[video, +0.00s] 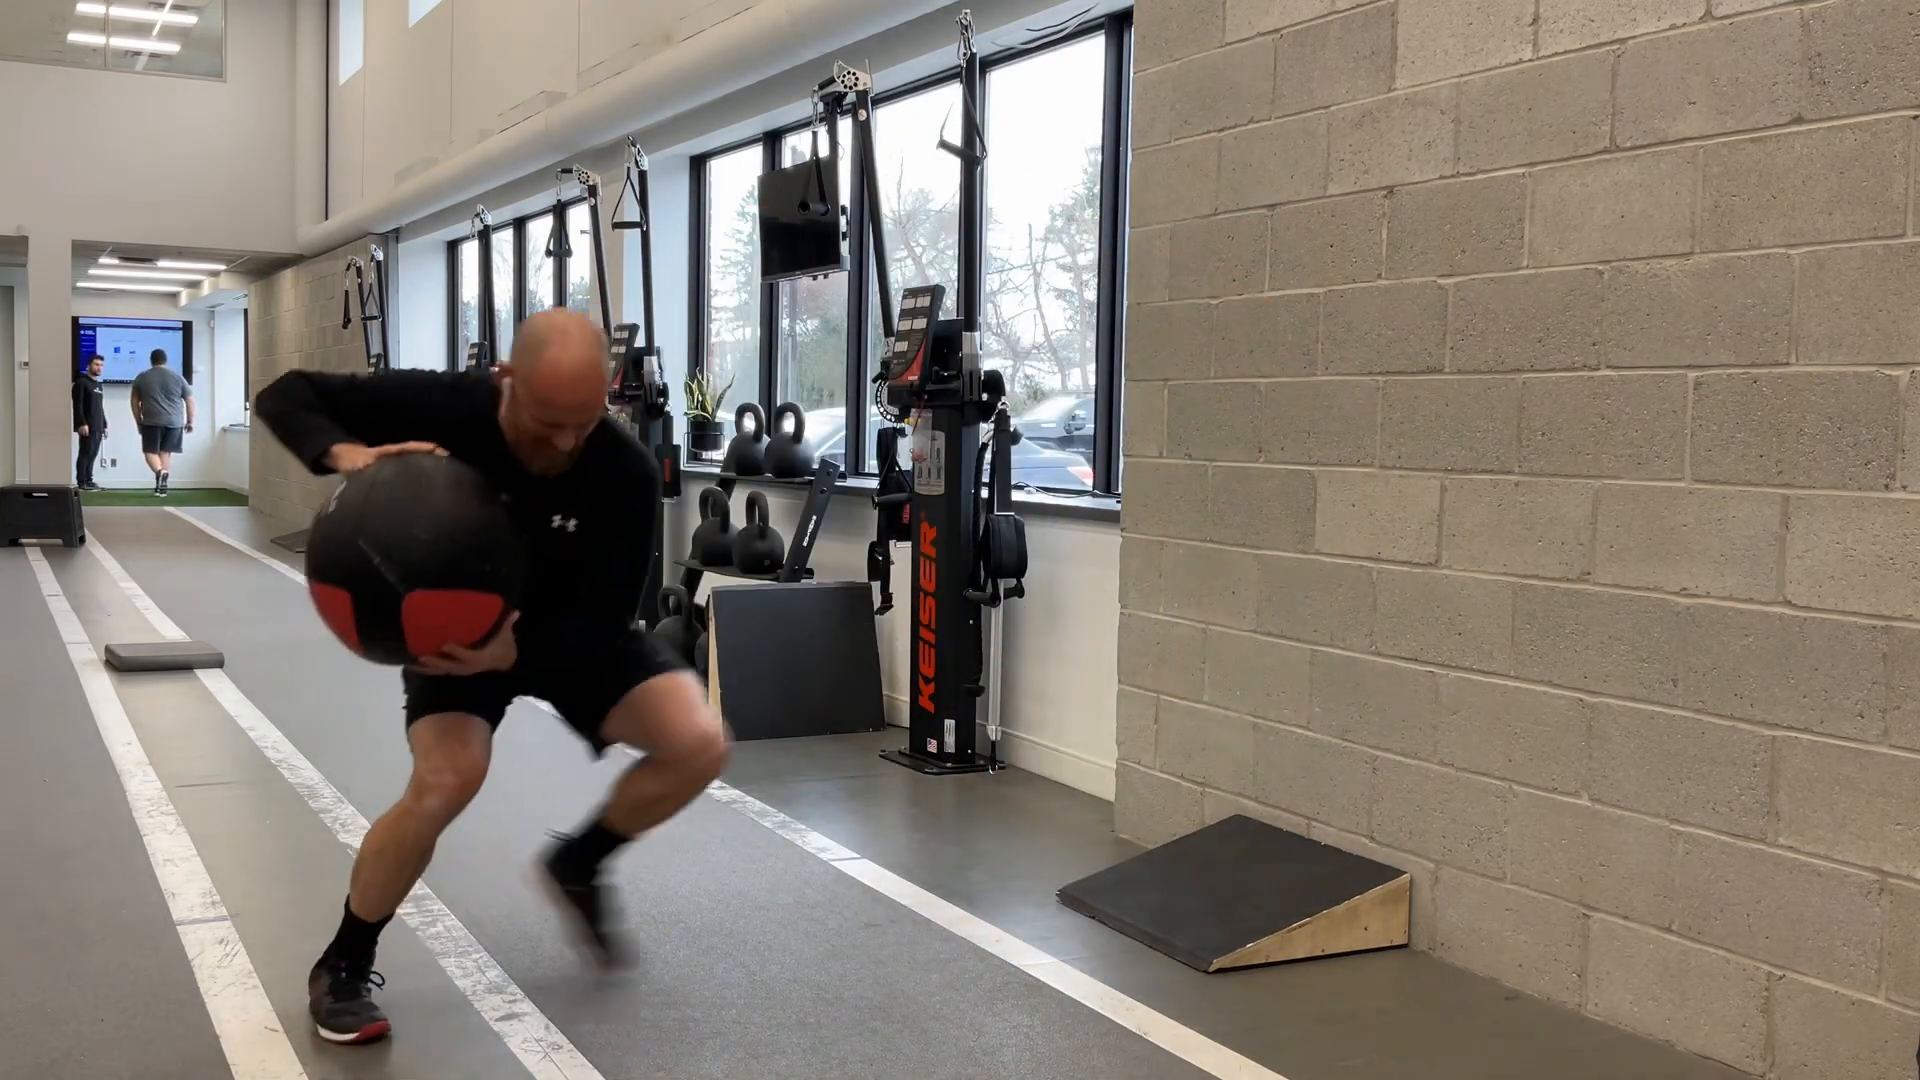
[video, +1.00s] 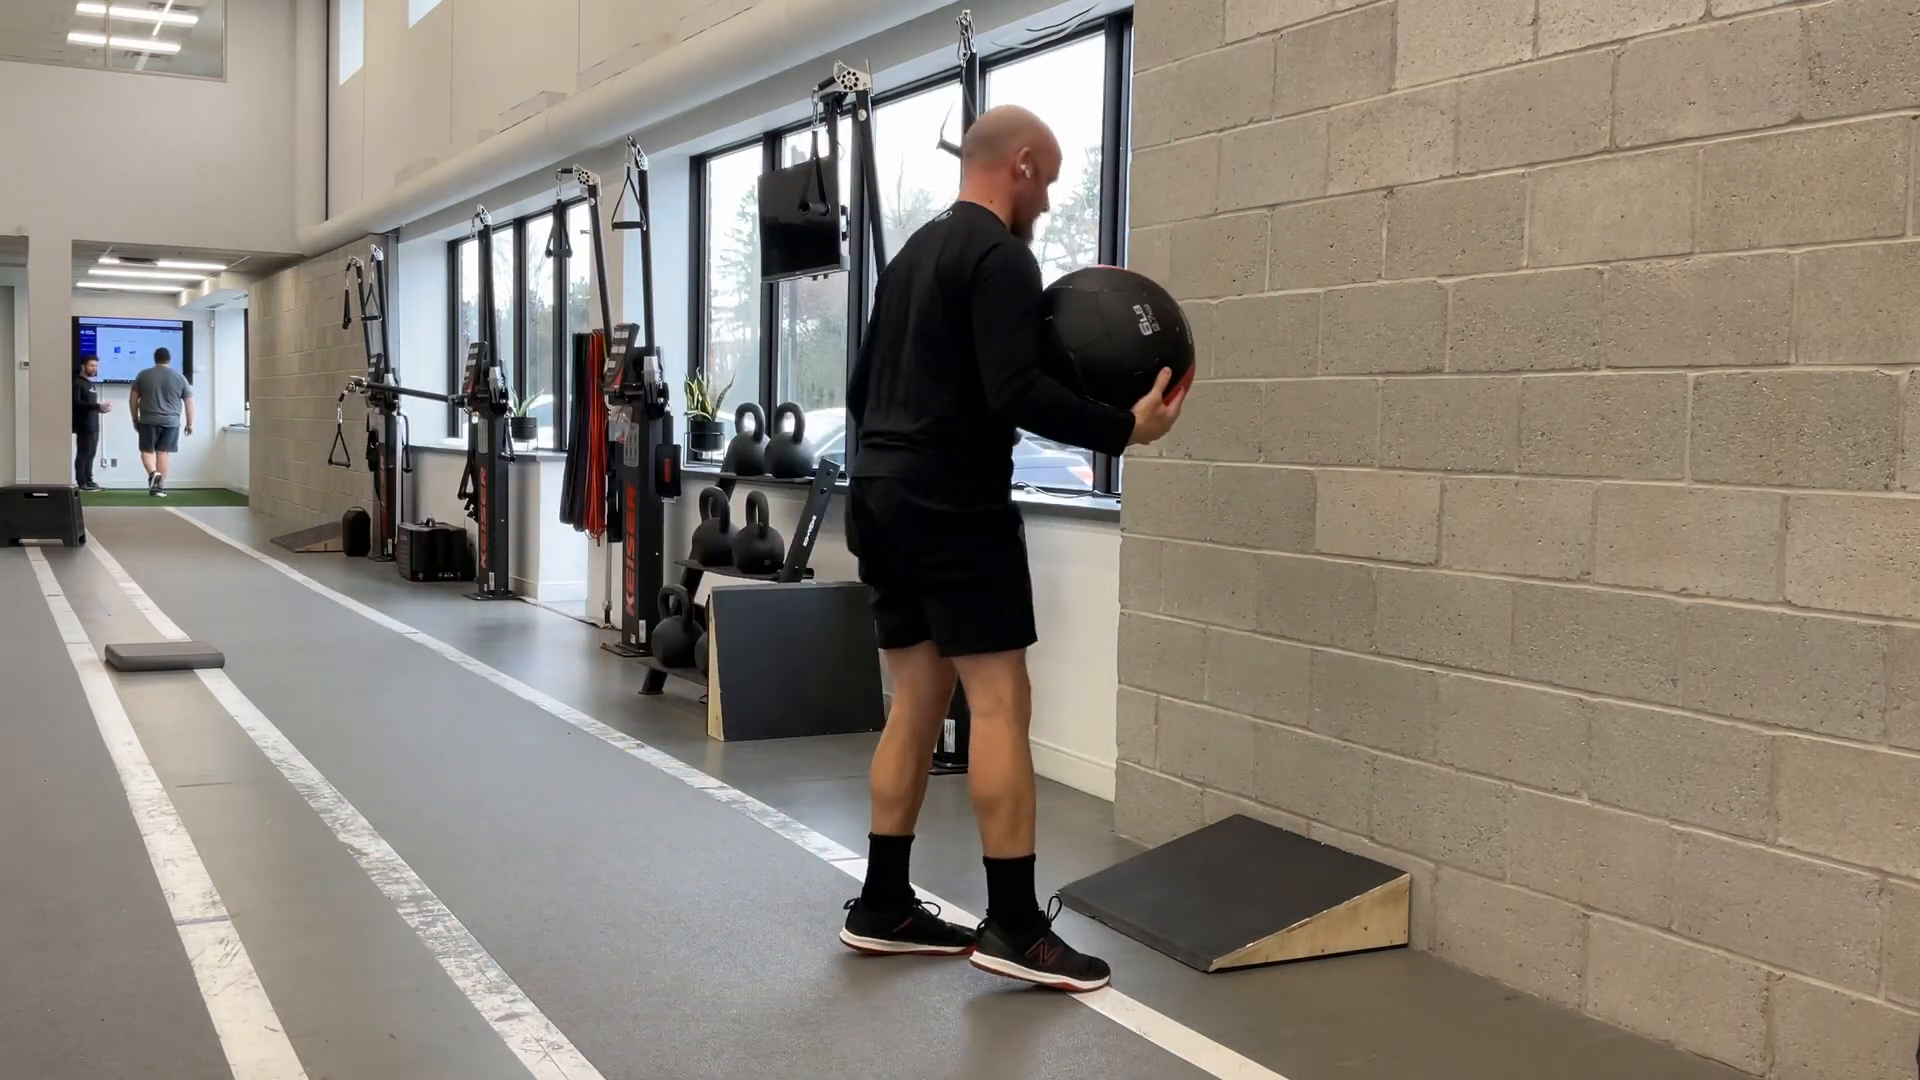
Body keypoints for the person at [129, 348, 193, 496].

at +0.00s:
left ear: (151, 361)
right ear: (166, 361)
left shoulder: (142, 377)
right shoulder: (176, 377)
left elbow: (134, 401)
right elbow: (190, 399)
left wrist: (138, 421)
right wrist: (190, 421)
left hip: (151, 422)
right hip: (173, 423)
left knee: (150, 452)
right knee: (166, 453)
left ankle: (160, 471)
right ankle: (162, 488)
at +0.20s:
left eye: (159, 359)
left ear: (155, 360)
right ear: (170, 360)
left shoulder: (144, 375)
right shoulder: (179, 377)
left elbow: (134, 398)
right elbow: (190, 401)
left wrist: (137, 417)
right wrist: (189, 422)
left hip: (149, 421)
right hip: (171, 423)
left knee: (146, 450)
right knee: (164, 453)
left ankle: (153, 470)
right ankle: (158, 486)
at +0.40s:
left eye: (161, 360)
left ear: (158, 360)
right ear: (173, 361)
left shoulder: (147, 374)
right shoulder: (181, 378)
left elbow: (135, 396)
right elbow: (190, 403)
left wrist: (137, 415)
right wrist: (189, 425)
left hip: (147, 420)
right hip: (169, 423)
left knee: (142, 448)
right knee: (163, 454)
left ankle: (145, 469)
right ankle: (159, 487)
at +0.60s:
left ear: (159, 360)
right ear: (174, 361)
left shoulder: (147, 373)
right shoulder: (182, 379)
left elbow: (134, 395)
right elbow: (190, 404)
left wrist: (136, 415)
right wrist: (188, 426)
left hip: (146, 420)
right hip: (169, 423)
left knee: (139, 447)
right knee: (163, 453)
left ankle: (140, 469)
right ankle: (159, 487)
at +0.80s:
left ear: (157, 359)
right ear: (172, 360)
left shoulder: (145, 374)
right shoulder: (180, 378)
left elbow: (134, 396)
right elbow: (190, 402)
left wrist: (136, 416)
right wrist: (189, 424)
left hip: (146, 420)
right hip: (169, 423)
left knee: (143, 449)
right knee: (163, 453)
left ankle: (145, 470)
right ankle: (159, 488)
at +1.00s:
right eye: (166, 358)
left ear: (154, 359)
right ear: (169, 360)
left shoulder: (144, 375)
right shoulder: (178, 377)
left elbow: (133, 397)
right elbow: (189, 401)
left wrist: (134, 417)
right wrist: (189, 423)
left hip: (148, 422)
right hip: (170, 423)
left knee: (147, 451)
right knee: (163, 452)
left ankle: (153, 473)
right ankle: (159, 488)